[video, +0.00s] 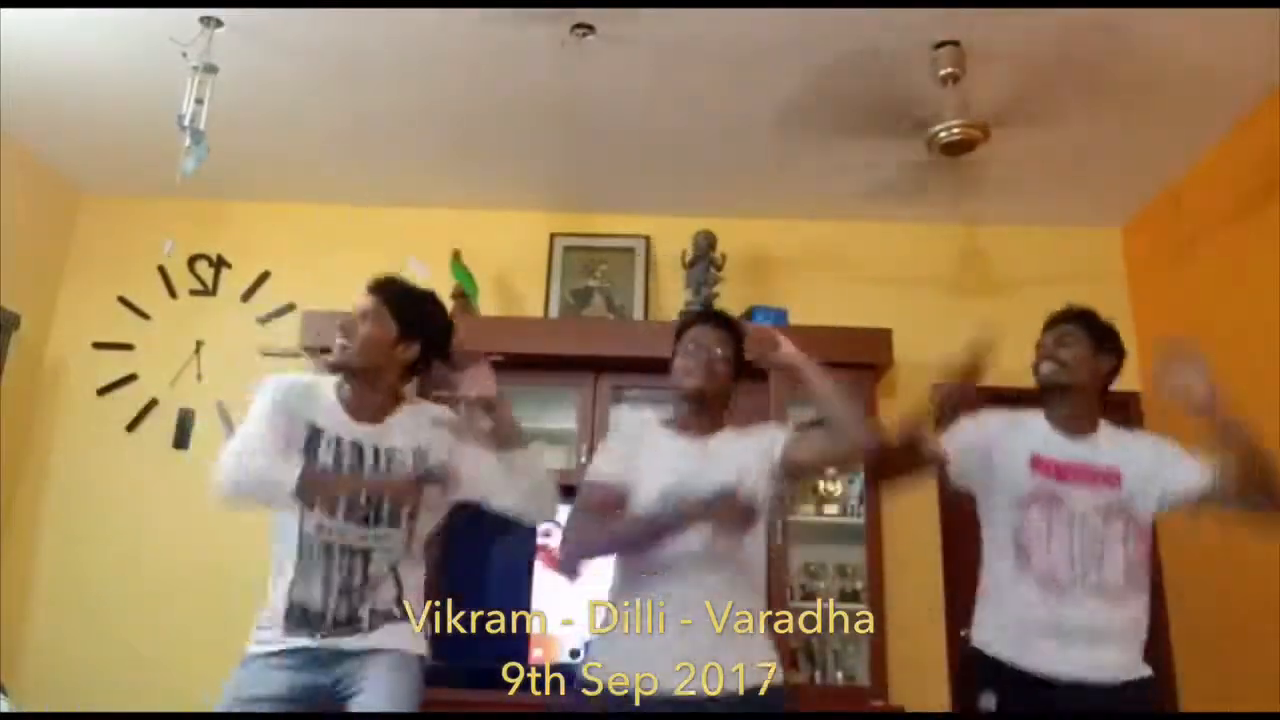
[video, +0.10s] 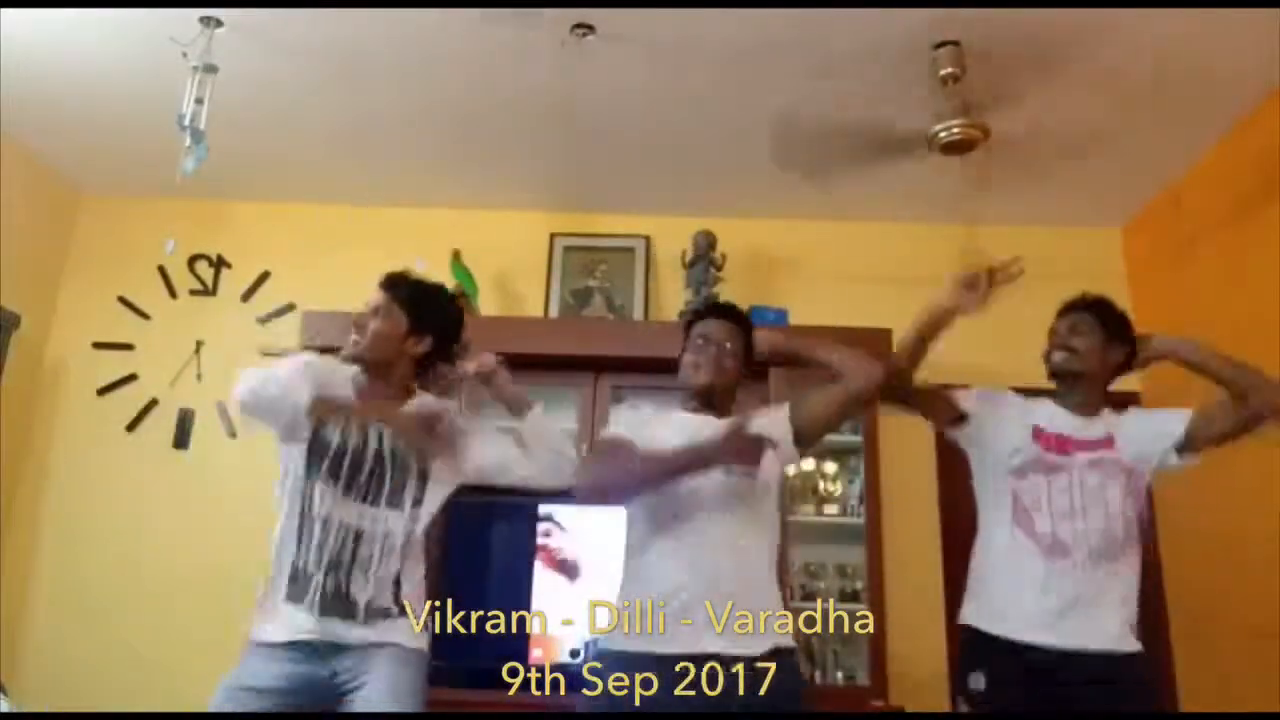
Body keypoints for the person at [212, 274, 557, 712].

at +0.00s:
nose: (345, 324)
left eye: (367, 318)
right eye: (354, 313)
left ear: (406, 351)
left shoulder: (437, 432)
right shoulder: (290, 398)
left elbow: (537, 505)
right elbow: (237, 474)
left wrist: (503, 428)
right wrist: (370, 488)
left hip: (384, 647)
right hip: (286, 641)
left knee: (386, 706)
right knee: (237, 707)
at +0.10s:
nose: (360, 320)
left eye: (379, 315)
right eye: (367, 310)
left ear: (416, 344)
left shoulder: (442, 428)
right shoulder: (319, 382)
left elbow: (557, 470)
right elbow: (250, 393)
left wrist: (509, 395)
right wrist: (383, 412)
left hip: (385, 644)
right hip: (289, 637)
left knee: (390, 706)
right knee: (228, 704)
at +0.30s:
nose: (371, 300)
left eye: (393, 292)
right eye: (380, 287)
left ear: (433, 321)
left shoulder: (463, 405)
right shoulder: (329, 372)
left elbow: (554, 440)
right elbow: (222, 327)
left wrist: (492, 347)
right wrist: (354, 345)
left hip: (368, 612)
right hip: (277, 587)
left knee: (370, 705)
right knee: (217, 699)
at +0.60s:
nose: (379, 325)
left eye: (395, 317)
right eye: (385, 315)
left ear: (434, 340)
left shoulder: (465, 422)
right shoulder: (336, 395)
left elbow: (534, 405)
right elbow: (215, 330)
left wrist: (467, 338)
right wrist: (268, 330)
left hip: (362, 641)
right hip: (272, 622)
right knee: (210, 697)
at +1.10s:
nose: (379, 320)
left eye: (395, 313)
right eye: (385, 311)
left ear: (431, 338)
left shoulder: (465, 413)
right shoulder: (343, 386)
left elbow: (524, 372)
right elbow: (270, 330)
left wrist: (462, 321)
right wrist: (218, 268)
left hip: (367, 634)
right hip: (277, 618)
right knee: (215, 703)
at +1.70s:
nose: (373, 318)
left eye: (391, 310)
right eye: (376, 307)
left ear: (433, 332)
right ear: (372, 313)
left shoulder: (462, 413)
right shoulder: (337, 379)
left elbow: (521, 429)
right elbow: (244, 330)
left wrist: (469, 350)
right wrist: (174, 261)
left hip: (378, 633)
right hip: (284, 615)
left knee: (377, 704)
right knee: (218, 704)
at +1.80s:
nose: (396, 309)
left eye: (414, 299)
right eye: (389, 296)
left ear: (444, 315)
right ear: (379, 304)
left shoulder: (466, 401)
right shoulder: (340, 369)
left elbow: (516, 518)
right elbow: (246, 380)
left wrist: (466, 450)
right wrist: (163, 376)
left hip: (385, 607)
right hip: (290, 586)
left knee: (383, 707)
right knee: (238, 705)